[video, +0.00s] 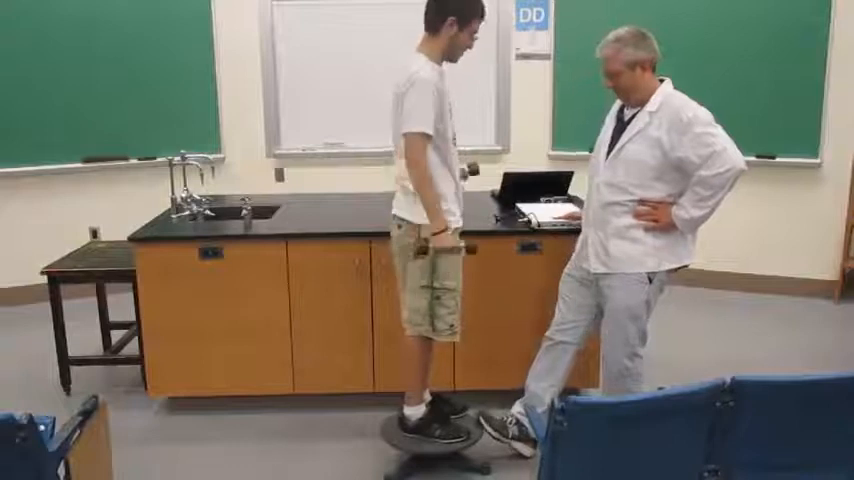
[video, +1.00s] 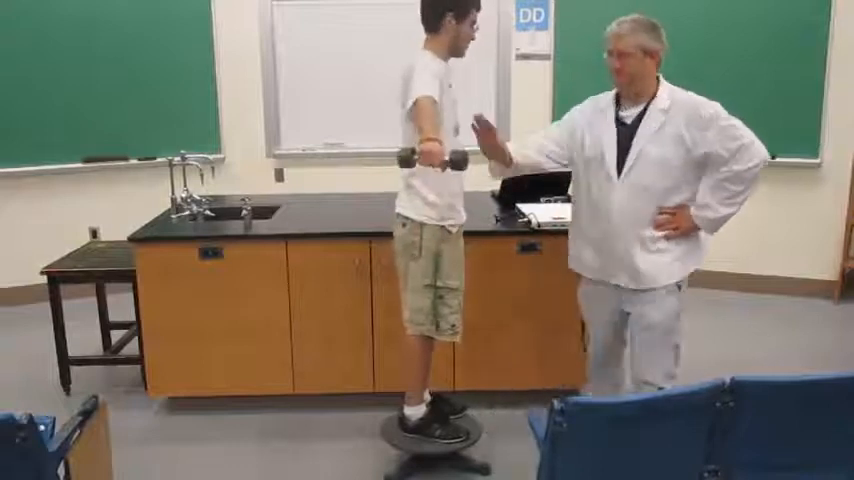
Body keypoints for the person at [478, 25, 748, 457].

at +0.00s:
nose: (607, 83)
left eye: (613, 74)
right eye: (605, 75)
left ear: (644, 67)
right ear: (630, 69)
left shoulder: (682, 113)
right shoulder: (621, 108)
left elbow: (726, 164)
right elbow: (616, 171)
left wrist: (680, 214)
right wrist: (596, 211)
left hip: (636, 258)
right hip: (593, 248)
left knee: (621, 359)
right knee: (562, 335)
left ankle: (618, 443)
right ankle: (529, 421)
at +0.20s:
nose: (606, 73)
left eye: (613, 64)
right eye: (605, 64)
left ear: (646, 58)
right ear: (634, 60)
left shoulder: (680, 105)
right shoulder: (619, 102)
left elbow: (725, 156)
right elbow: (625, 168)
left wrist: (681, 209)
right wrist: (598, 210)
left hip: (639, 255)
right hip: (594, 245)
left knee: (627, 356)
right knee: (568, 333)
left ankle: (624, 440)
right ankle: (554, 421)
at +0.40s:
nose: (610, 64)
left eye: (617, 55)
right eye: (608, 55)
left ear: (647, 53)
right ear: (607, 55)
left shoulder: (679, 104)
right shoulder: (609, 104)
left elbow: (726, 154)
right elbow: (596, 170)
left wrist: (681, 206)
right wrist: (580, 212)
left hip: (645, 252)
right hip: (595, 248)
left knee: (636, 350)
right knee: (592, 344)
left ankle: (638, 430)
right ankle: (595, 424)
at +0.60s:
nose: (609, 61)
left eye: (617, 53)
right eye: (606, 53)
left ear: (647, 53)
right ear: (605, 55)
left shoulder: (680, 104)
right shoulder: (595, 106)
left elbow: (732, 149)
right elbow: (566, 159)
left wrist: (687, 204)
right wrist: (542, 201)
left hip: (646, 250)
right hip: (596, 248)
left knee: (628, 348)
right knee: (594, 343)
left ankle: (635, 435)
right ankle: (599, 428)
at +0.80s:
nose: (610, 62)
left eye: (619, 54)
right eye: (607, 53)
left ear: (649, 56)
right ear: (603, 55)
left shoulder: (684, 109)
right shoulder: (591, 108)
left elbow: (738, 154)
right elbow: (558, 153)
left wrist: (692, 207)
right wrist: (524, 171)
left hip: (648, 261)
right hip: (594, 258)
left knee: (642, 364)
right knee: (598, 358)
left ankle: (642, 447)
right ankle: (599, 439)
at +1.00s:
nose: (613, 64)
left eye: (622, 55)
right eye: (610, 55)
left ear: (653, 58)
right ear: (605, 58)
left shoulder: (693, 114)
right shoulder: (589, 114)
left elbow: (749, 157)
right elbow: (547, 149)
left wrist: (700, 214)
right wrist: (505, 156)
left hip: (657, 274)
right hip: (597, 271)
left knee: (652, 380)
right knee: (601, 377)